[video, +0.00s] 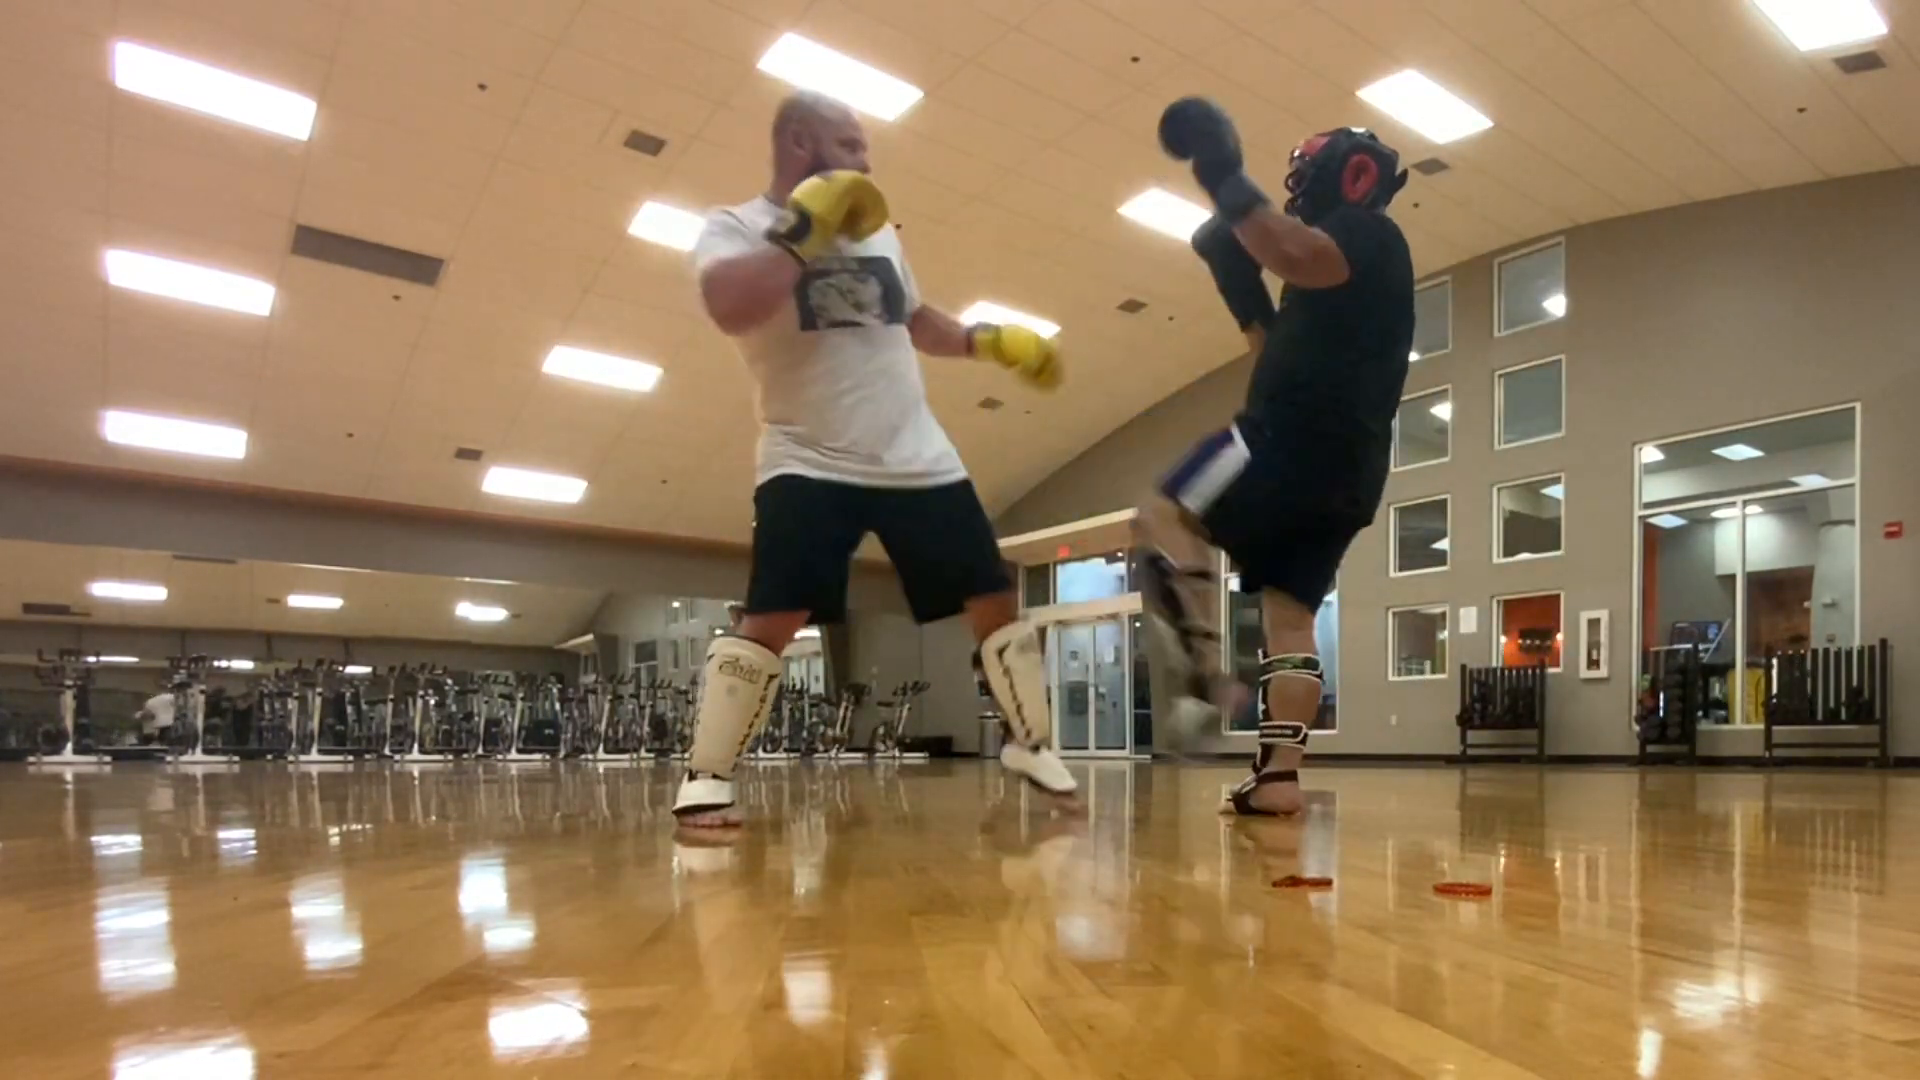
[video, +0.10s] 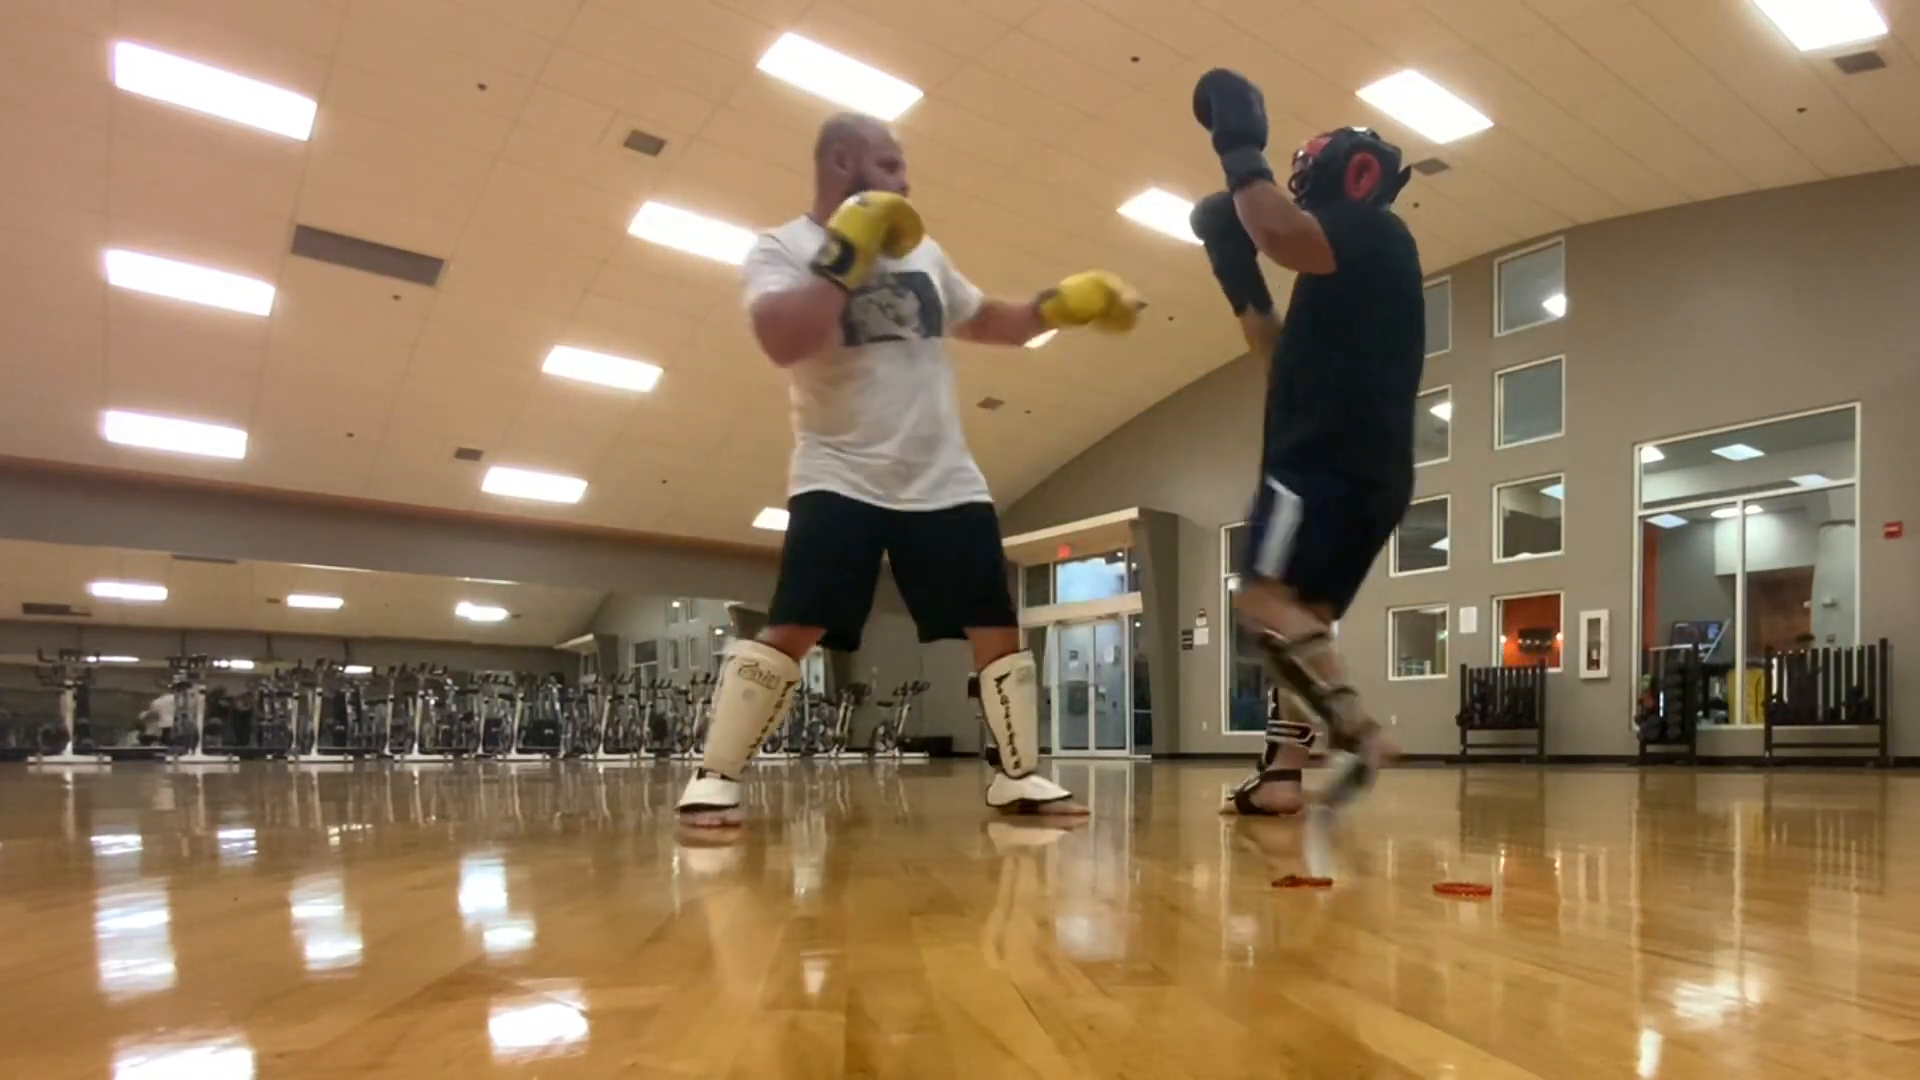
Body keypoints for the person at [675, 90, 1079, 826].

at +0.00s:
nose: (861, 163)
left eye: (865, 150)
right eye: (848, 147)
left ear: (863, 153)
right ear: (797, 143)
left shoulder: (878, 234)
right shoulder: (737, 229)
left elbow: (915, 319)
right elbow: (729, 306)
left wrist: (987, 341)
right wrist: (805, 234)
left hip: (915, 452)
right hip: (808, 456)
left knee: (991, 593)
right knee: (778, 609)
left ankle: (1033, 747)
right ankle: (706, 781)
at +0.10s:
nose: (899, 182)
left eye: (903, 170)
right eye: (887, 166)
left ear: (900, 173)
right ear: (838, 161)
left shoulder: (922, 257)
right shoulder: (783, 250)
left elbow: (986, 320)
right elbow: (783, 341)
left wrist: (1055, 304)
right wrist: (846, 254)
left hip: (941, 470)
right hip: (840, 469)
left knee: (991, 613)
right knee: (799, 619)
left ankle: (1016, 776)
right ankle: (716, 778)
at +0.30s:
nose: (950, 195)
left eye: (952, 186)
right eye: (940, 180)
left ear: (911, 172)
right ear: (894, 163)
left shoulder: (962, 249)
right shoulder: (827, 236)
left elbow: (1058, 257)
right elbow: (838, 314)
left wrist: (1146, 247)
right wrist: (913, 244)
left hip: (952, 466)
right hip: (857, 459)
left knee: (987, 613)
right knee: (832, 603)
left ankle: (1016, 773)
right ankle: (770, 766)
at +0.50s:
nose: (939, 199)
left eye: (944, 190)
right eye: (931, 182)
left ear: (935, 194)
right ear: (882, 166)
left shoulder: (947, 274)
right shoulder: (816, 234)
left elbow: (1003, 358)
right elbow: (814, 312)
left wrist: (1057, 344)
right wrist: (895, 254)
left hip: (943, 475)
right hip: (848, 468)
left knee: (983, 618)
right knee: (830, 621)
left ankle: (1019, 774)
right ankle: (781, 782)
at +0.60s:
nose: (936, 208)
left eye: (941, 196)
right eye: (928, 189)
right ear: (881, 170)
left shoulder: (929, 288)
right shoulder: (807, 236)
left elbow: (955, 383)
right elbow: (809, 325)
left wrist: (1000, 380)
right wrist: (898, 266)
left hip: (935, 476)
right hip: (840, 470)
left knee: (993, 609)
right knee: (825, 621)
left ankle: (1032, 759)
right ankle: (781, 784)